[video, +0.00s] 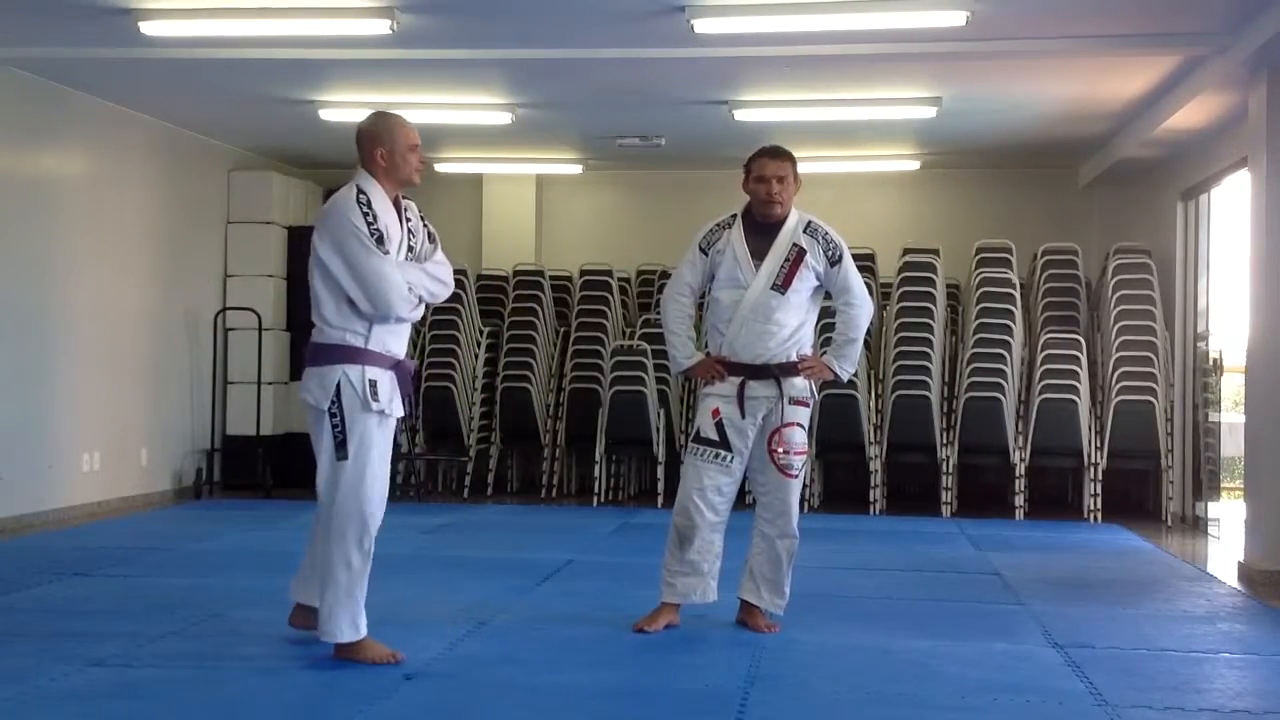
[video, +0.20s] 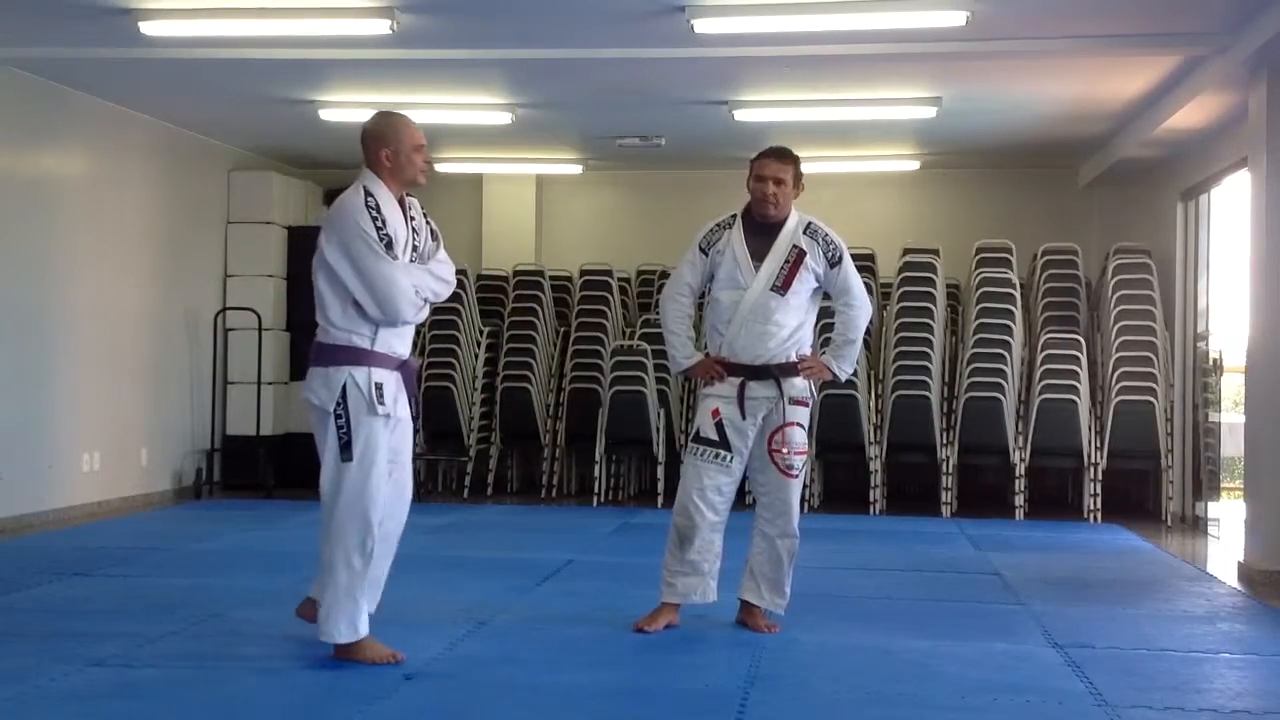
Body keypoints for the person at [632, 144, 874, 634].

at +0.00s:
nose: (771, 190)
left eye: (781, 181)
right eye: (761, 180)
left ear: (796, 187)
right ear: (745, 185)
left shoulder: (821, 242)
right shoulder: (714, 238)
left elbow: (857, 304)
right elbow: (676, 299)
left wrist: (838, 361)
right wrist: (688, 356)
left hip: (789, 389)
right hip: (723, 384)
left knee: (780, 506)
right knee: (697, 499)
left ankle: (756, 604)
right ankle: (672, 602)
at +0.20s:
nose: (768, 190)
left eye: (779, 182)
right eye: (760, 180)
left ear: (797, 190)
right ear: (747, 183)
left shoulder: (821, 243)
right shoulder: (715, 237)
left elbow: (856, 304)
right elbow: (675, 297)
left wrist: (836, 361)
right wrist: (688, 356)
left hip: (788, 390)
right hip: (722, 384)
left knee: (780, 506)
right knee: (697, 498)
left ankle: (756, 604)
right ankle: (672, 602)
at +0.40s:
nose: (769, 191)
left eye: (779, 183)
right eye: (760, 181)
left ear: (796, 190)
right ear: (746, 185)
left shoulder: (819, 244)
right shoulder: (714, 238)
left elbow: (855, 305)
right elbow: (674, 300)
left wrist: (836, 362)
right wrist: (688, 357)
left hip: (788, 391)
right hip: (722, 386)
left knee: (780, 507)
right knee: (696, 500)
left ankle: (756, 605)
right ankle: (672, 603)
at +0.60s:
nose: (765, 192)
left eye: (776, 183)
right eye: (756, 182)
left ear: (792, 189)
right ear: (741, 186)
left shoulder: (817, 244)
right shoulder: (712, 239)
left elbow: (854, 305)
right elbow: (673, 300)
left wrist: (836, 362)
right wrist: (688, 359)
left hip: (788, 391)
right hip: (722, 386)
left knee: (780, 506)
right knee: (696, 500)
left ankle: (756, 605)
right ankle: (672, 603)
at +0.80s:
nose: (761, 197)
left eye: (771, 188)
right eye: (751, 189)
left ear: (788, 190)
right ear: (738, 191)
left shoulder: (814, 245)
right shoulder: (712, 239)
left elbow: (857, 304)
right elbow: (672, 302)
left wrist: (851, 356)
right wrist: (688, 360)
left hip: (788, 388)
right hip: (722, 385)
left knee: (782, 505)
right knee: (695, 500)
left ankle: (756, 604)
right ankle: (672, 603)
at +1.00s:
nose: (763, 203)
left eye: (773, 194)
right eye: (754, 193)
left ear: (790, 194)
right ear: (740, 191)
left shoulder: (814, 244)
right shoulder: (713, 237)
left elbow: (851, 304)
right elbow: (669, 298)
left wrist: (860, 287)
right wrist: (687, 360)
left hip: (787, 390)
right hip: (722, 386)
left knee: (780, 506)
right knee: (695, 501)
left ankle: (757, 604)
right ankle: (672, 602)